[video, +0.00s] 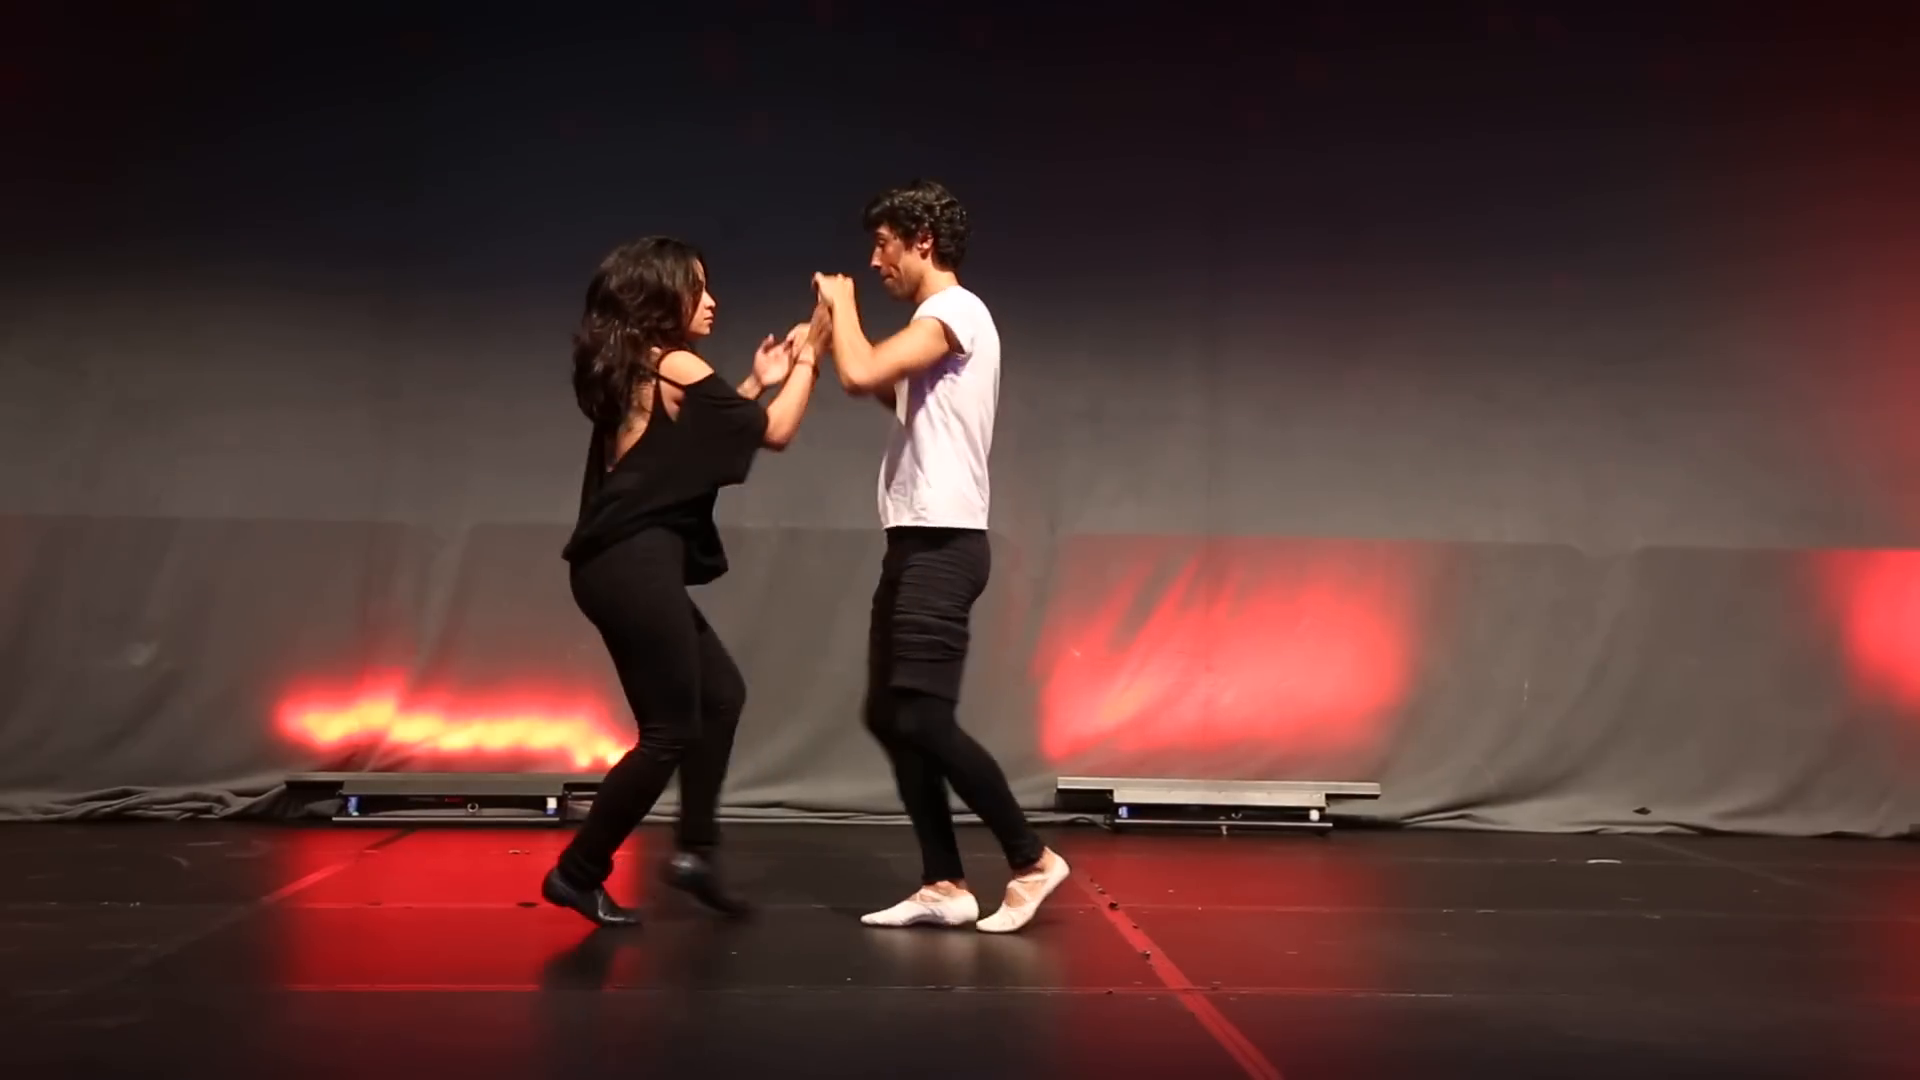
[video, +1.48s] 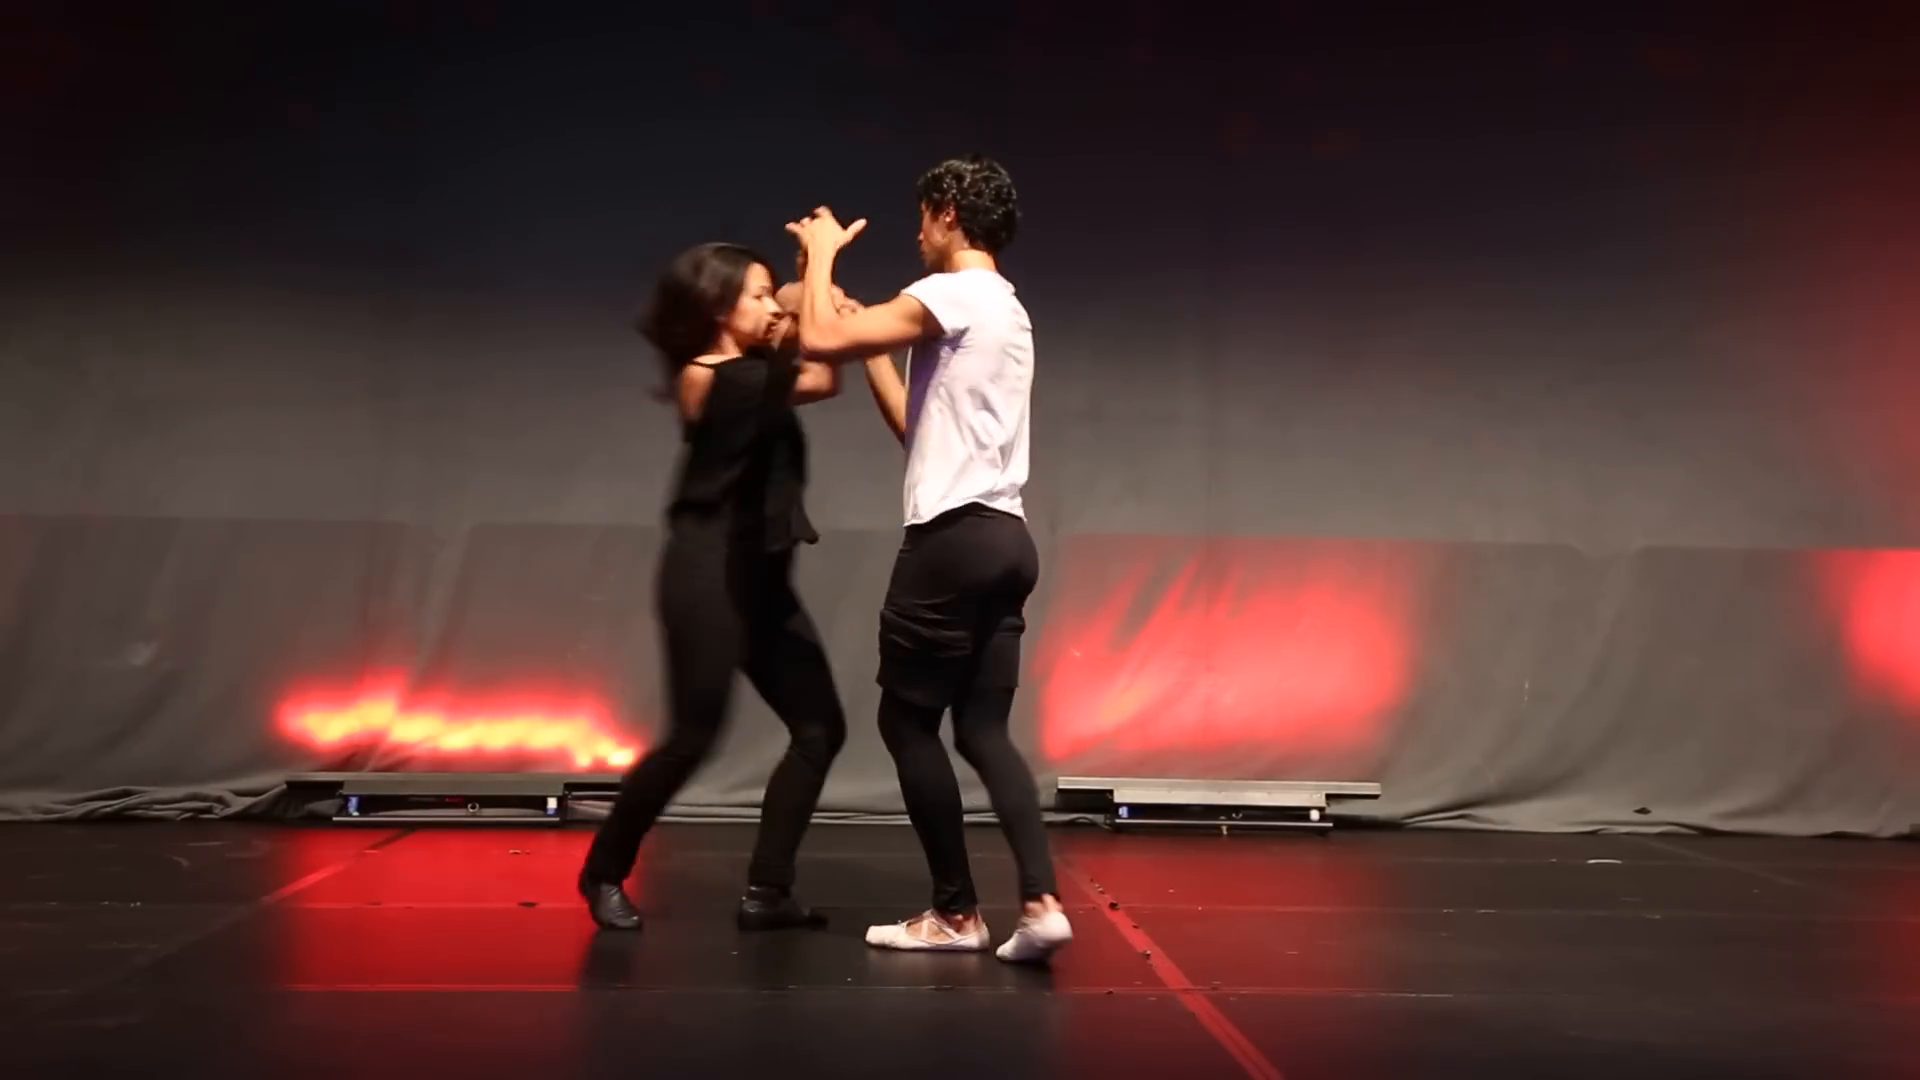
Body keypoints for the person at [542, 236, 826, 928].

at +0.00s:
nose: (710, 300)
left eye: (706, 287)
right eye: (699, 289)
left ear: (647, 301)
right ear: (665, 301)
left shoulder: (632, 364)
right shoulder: (675, 365)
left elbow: (692, 440)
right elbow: (776, 428)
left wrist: (756, 385)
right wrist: (810, 358)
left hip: (627, 564)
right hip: (632, 567)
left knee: (721, 693)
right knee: (671, 731)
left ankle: (695, 853)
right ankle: (578, 872)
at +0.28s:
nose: (713, 304)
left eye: (710, 291)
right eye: (700, 293)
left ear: (644, 305)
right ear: (664, 303)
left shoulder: (625, 371)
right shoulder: (688, 367)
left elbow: (738, 381)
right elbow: (797, 377)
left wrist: (780, 318)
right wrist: (809, 297)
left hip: (607, 574)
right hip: (669, 569)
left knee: (699, 712)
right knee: (657, 733)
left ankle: (711, 874)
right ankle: (581, 886)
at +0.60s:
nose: (727, 292)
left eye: (737, 282)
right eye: (713, 278)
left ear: (747, 296)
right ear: (680, 288)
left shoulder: (745, 361)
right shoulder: (640, 344)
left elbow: (765, 334)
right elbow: (655, 282)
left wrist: (752, 232)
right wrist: (717, 216)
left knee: (744, 723)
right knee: (643, 727)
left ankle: (714, 875)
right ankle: (636, 883)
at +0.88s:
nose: (643, 279)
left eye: (655, 271)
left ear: (670, 276)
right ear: (738, 280)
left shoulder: (652, 342)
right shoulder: (733, 347)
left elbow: (608, 286)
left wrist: (686, 250)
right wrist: (712, 223)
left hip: (655, 542)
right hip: (713, 544)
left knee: (595, 714)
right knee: (659, 719)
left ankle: (714, 821)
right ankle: (675, 890)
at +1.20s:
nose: (719, 291)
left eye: (714, 278)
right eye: (705, 279)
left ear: (661, 298)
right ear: (666, 295)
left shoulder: (647, 365)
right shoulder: (690, 368)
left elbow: (726, 338)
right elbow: (783, 385)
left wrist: (760, 327)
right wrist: (795, 293)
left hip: (645, 565)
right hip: (659, 572)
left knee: (745, 699)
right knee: (640, 737)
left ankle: (674, 843)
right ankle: (579, 891)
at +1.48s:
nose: (774, 308)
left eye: (772, 294)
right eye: (760, 295)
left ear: (733, 309)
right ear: (718, 305)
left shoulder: (753, 371)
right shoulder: (707, 375)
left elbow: (820, 380)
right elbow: (815, 369)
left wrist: (820, 308)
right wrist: (819, 273)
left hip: (758, 579)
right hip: (702, 577)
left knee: (819, 728)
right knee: (695, 730)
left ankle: (768, 894)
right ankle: (602, 874)